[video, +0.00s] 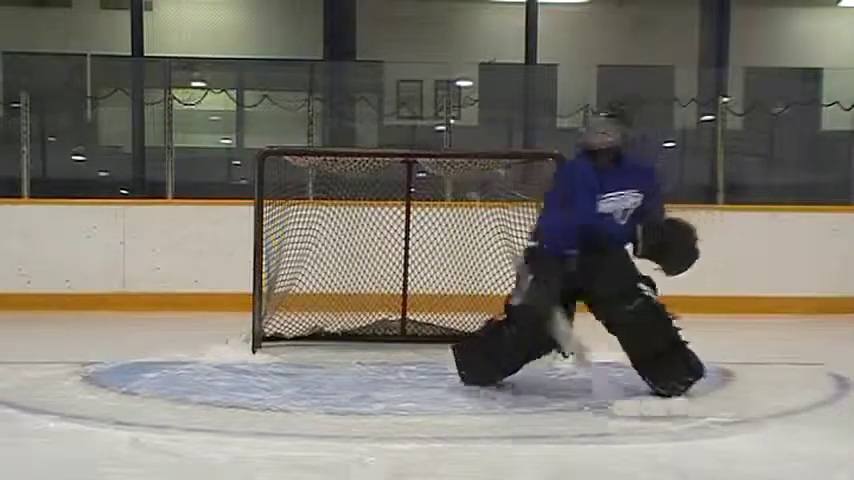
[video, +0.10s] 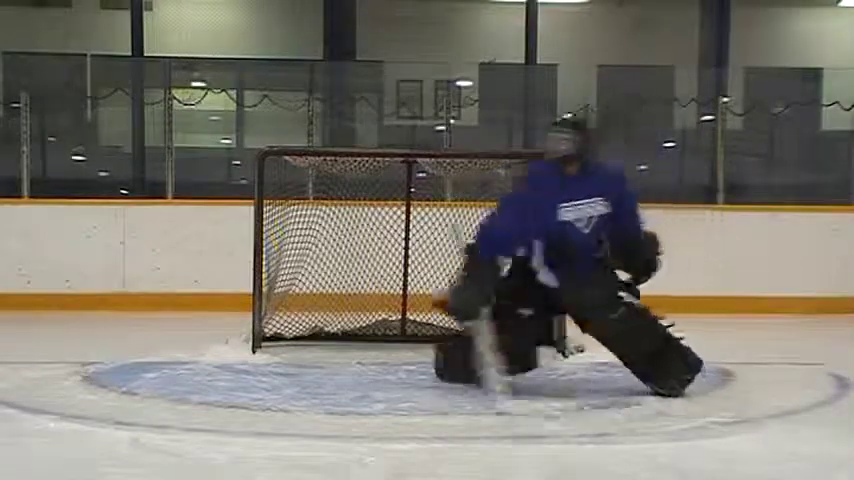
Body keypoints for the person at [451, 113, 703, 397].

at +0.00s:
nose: (601, 141)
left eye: (609, 133)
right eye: (594, 133)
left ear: (621, 137)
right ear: (584, 137)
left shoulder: (640, 175)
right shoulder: (572, 174)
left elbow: (646, 225)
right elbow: (555, 237)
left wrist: (659, 241)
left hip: (605, 259)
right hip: (559, 258)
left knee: (637, 312)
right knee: (538, 325)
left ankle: (673, 374)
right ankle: (476, 364)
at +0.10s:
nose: (556, 150)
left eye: (564, 143)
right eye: (553, 142)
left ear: (581, 147)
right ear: (549, 147)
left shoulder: (609, 182)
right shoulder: (537, 187)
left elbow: (625, 225)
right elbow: (495, 235)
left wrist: (636, 255)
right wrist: (478, 277)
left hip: (587, 276)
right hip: (534, 279)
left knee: (619, 321)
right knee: (514, 347)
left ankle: (675, 372)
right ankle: (458, 359)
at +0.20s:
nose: (504, 157)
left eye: (512, 150)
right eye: (499, 150)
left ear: (530, 151)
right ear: (495, 154)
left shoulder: (558, 183)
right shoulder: (482, 193)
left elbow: (580, 233)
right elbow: (440, 237)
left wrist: (587, 269)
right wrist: (413, 279)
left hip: (554, 288)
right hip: (501, 292)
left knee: (581, 328)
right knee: (471, 373)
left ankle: (666, 363)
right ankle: (430, 348)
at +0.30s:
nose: (445, 158)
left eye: (454, 152)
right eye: (444, 152)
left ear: (474, 158)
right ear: (443, 158)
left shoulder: (506, 194)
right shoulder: (425, 202)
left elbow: (530, 250)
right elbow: (388, 249)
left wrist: (547, 293)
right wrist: (362, 290)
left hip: (508, 301)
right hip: (455, 307)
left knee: (555, 342)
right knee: (439, 361)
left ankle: (637, 363)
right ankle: (420, 359)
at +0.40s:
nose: (402, 165)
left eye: (410, 159)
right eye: (401, 158)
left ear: (429, 161)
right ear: (399, 161)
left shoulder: (463, 200)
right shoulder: (383, 208)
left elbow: (484, 248)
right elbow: (351, 260)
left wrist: (483, 289)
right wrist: (326, 300)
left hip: (465, 309)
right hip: (412, 312)